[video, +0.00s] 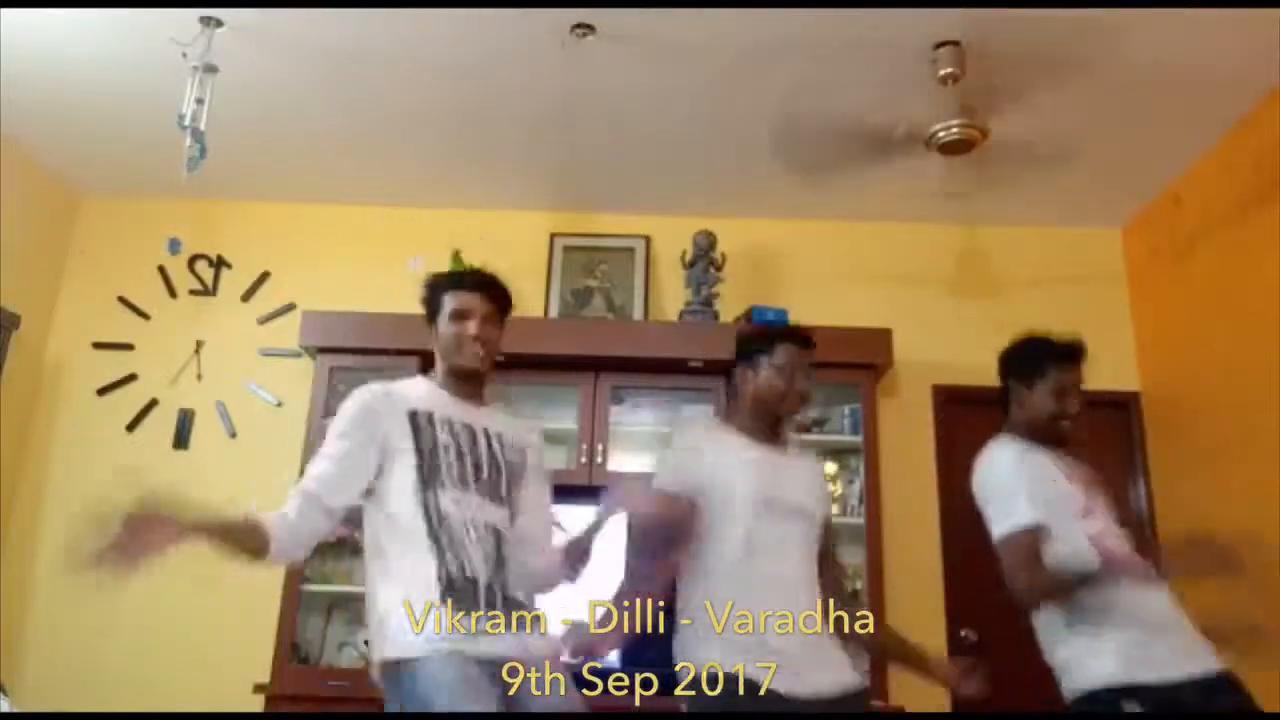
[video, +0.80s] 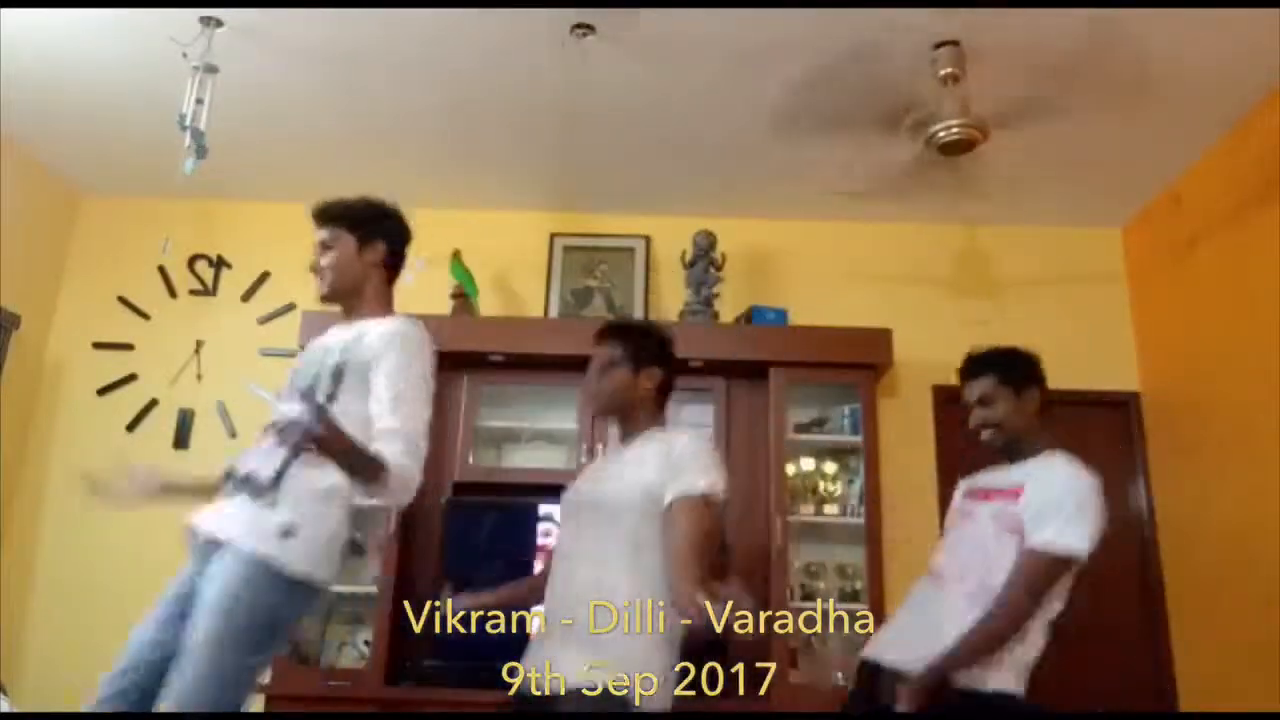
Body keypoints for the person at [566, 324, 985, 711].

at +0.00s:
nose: (802, 388)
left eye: (805, 376)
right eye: (788, 373)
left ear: (806, 382)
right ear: (746, 375)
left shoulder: (810, 472)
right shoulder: (697, 447)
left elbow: (835, 602)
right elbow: (650, 556)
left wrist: (934, 667)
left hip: (820, 682)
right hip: (727, 678)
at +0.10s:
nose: (783, 334)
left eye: (794, 327)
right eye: (769, 323)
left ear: (804, 345)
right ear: (739, 334)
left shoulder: (814, 420)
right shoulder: (692, 403)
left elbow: (836, 543)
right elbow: (640, 506)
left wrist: (922, 630)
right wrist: (624, 571)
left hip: (800, 655)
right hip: (698, 648)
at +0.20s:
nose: (748, 327)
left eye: (762, 318)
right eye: (735, 318)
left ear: (784, 337)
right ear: (717, 335)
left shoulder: (813, 417)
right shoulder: (679, 405)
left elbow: (840, 531)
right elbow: (610, 516)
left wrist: (876, 621)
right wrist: (632, 596)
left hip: (794, 651)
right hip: (693, 647)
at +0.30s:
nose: (729, 354)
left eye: (740, 343)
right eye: (715, 343)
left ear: (761, 358)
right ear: (698, 360)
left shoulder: (807, 454)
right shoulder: (664, 454)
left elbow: (831, 579)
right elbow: (614, 579)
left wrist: (835, 678)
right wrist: (625, 680)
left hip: (779, 688)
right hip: (677, 688)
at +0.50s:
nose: (662, 359)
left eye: (681, 350)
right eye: (661, 350)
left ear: (721, 368)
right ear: (653, 360)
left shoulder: (757, 451)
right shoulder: (632, 455)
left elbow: (800, 575)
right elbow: (602, 563)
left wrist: (772, 676)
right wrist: (572, 648)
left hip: (721, 690)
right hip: (628, 683)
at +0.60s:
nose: (646, 323)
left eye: (665, 315)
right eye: (648, 313)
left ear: (703, 333)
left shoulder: (736, 408)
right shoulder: (628, 411)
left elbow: (770, 541)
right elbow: (602, 521)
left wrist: (700, 639)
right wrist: (535, 586)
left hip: (679, 653)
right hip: (594, 644)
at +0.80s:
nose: (592, 381)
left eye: (608, 367)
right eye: (592, 367)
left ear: (650, 380)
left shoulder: (685, 451)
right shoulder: (595, 469)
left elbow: (688, 590)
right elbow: (556, 579)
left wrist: (714, 605)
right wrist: (476, 602)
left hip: (622, 686)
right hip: (550, 681)